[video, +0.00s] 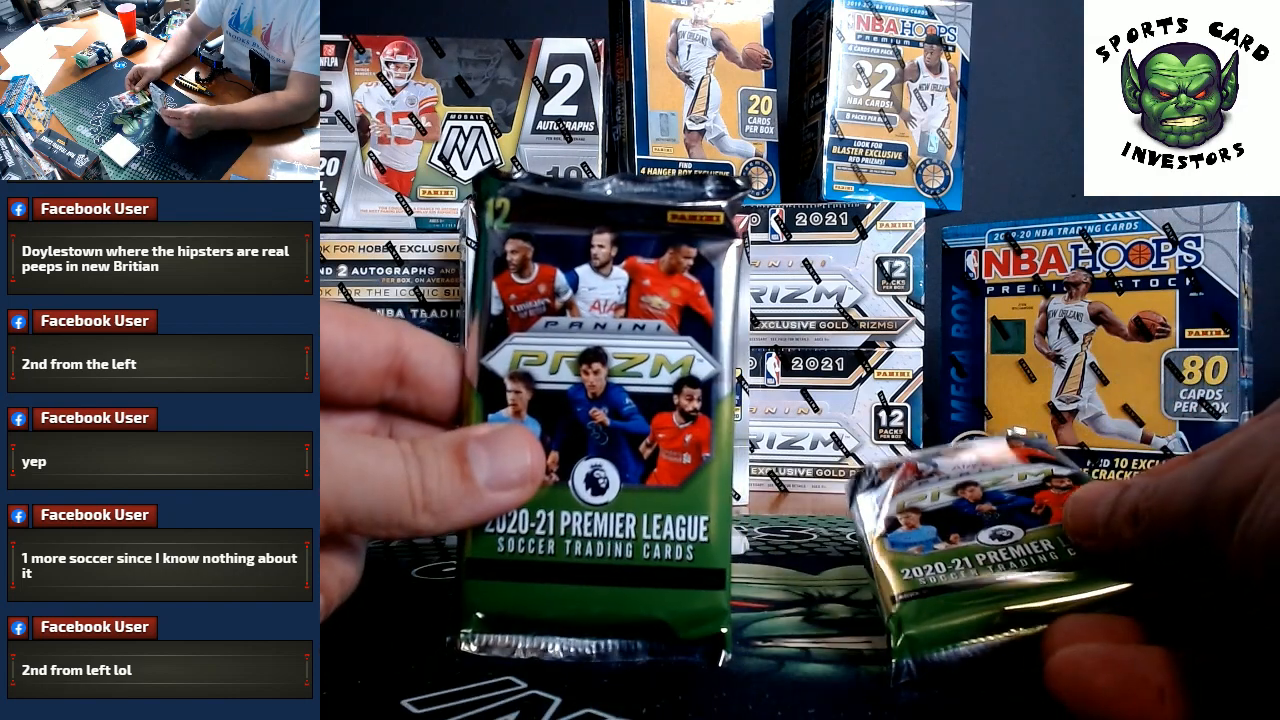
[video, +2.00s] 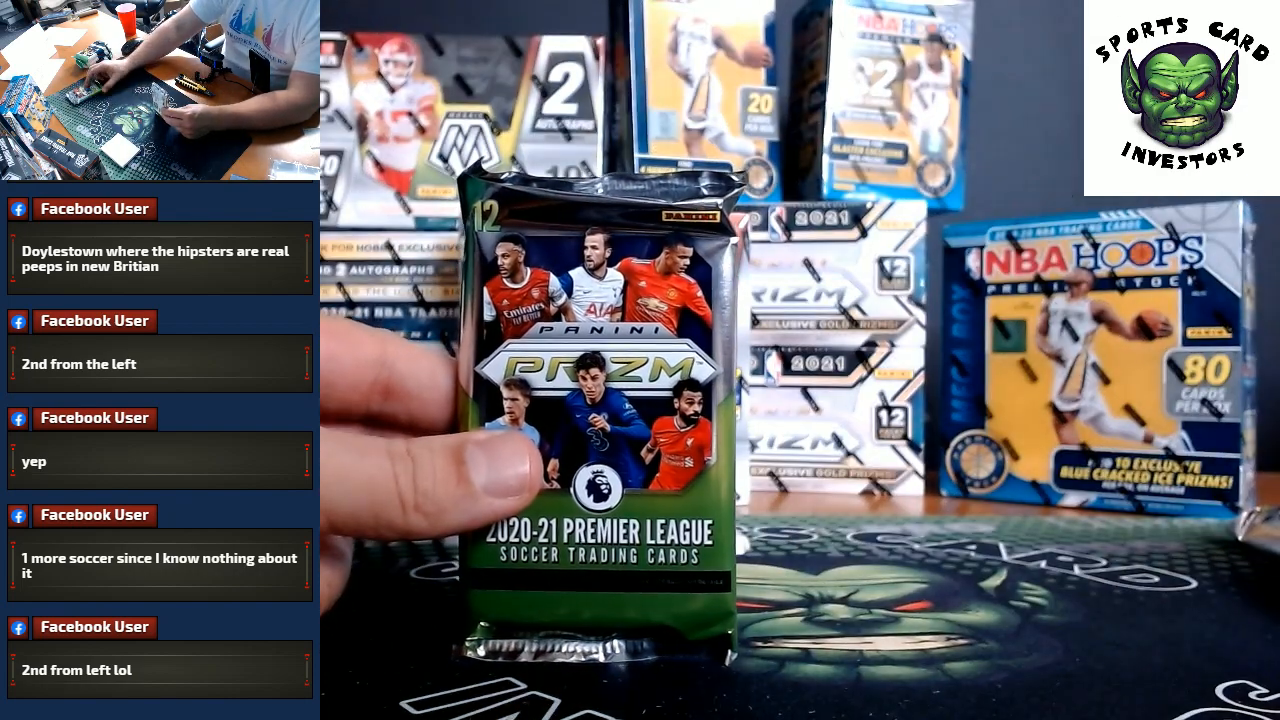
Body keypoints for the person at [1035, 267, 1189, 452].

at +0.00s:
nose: (1069, 273)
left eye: (1075, 272)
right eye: (1070, 271)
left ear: (1086, 283)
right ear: (1067, 280)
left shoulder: (1094, 308)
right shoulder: (1049, 304)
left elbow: (1125, 333)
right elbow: (1038, 335)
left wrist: (1160, 331)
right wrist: (1046, 351)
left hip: (1079, 365)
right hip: (1063, 367)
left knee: (1060, 422)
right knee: (1102, 425)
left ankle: (1078, 478)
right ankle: (1166, 443)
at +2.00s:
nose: (1072, 287)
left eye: (1077, 283)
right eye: (1071, 283)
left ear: (1087, 285)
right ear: (1067, 283)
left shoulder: (1095, 308)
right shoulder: (1053, 303)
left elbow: (1126, 331)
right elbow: (1039, 335)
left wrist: (1157, 330)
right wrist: (1047, 350)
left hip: (1081, 365)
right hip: (1063, 367)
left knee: (1062, 418)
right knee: (1104, 424)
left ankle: (1077, 473)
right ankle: (1165, 442)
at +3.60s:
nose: (1072, 288)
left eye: (1077, 284)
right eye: (1070, 283)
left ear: (1087, 286)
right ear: (1067, 283)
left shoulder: (1095, 308)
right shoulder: (1053, 304)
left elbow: (1126, 331)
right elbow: (1039, 334)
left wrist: (1156, 330)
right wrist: (1047, 349)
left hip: (1081, 365)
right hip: (1064, 367)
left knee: (1062, 418)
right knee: (1103, 424)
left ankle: (1078, 473)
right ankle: (1165, 442)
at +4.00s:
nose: (1072, 287)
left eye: (1077, 284)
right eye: (1071, 283)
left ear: (1087, 285)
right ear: (1067, 283)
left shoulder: (1095, 308)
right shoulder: (1053, 304)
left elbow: (1126, 331)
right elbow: (1039, 334)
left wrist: (1156, 330)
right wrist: (1047, 350)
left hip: (1081, 365)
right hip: (1064, 367)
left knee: (1062, 418)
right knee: (1103, 424)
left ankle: (1078, 473)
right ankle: (1165, 442)